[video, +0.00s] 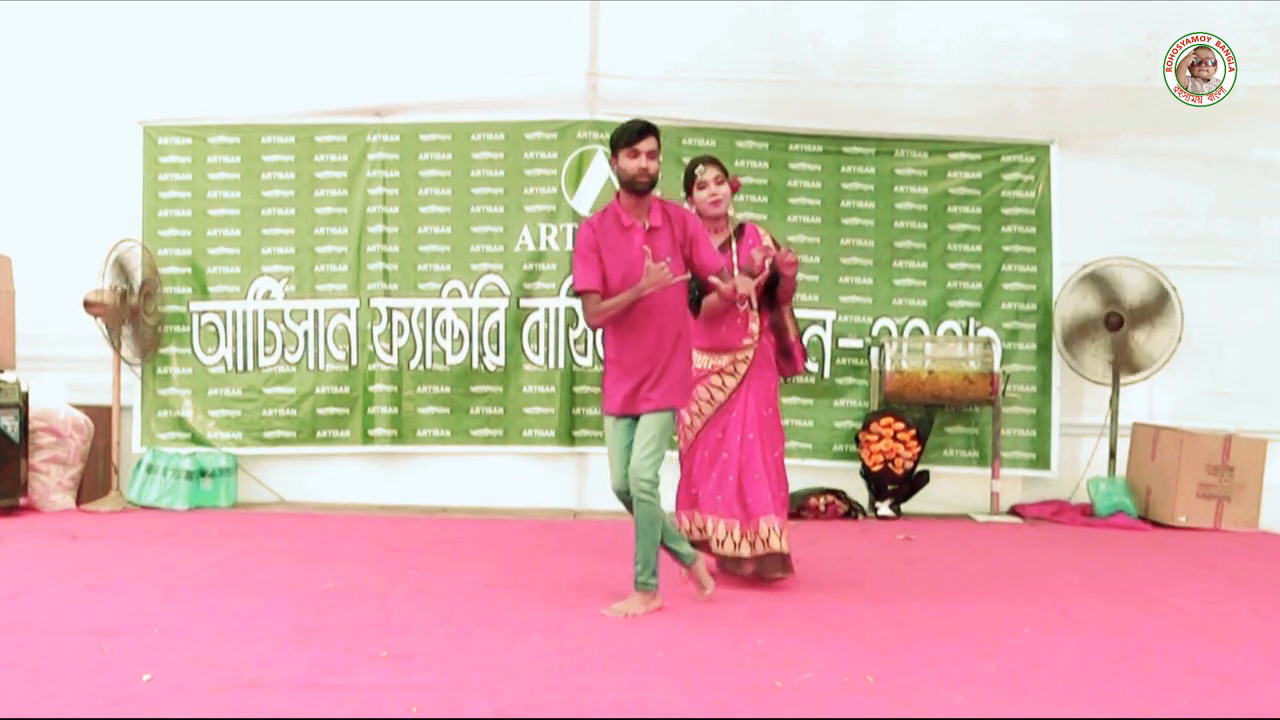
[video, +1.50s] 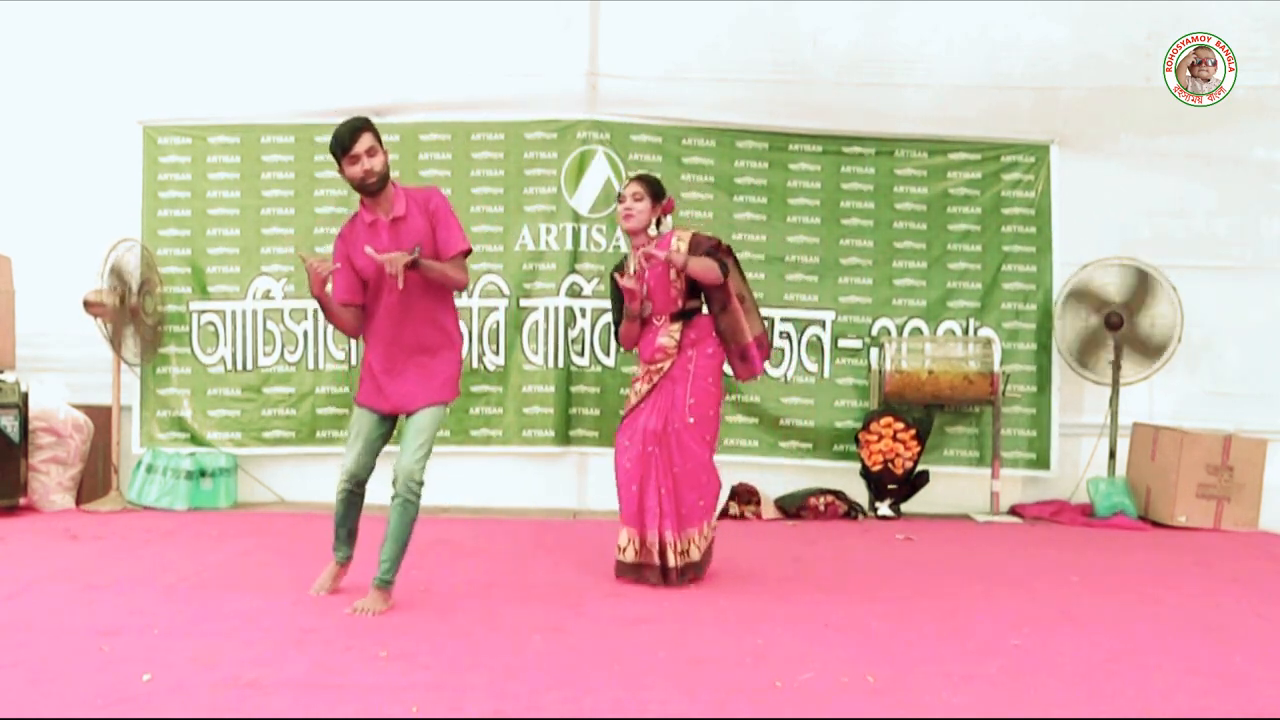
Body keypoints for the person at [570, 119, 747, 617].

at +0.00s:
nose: (645, 163)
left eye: (652, 155)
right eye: (634, 155)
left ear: (660, 162)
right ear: (615, 162)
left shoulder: (679, 219)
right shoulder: (594, 229)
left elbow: (719, 275)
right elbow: (593, 314)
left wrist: (735, 282)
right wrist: (640, 287)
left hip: (669, 368)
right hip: (621, 371)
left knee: (642, 477)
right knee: (622, 484)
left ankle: (646, 591)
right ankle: (690, 557)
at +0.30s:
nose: (541, 139)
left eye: (546, 131)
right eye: (530, 133)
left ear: (554, 137)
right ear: (508, 142)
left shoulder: (576, 195)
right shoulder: (491, 205)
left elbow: (625, 256)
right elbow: (491, 279)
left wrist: (633, 234)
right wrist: (521, 232)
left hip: (564, 346)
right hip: (516, 347)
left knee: (537, 453)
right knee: (520, 463)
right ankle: (548, 559)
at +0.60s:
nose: (455, 156)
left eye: (459, 147)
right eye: (444, 150)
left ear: (468, 154)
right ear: (424, 161)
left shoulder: (497, 215)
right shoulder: (409, 228)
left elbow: (543, 279)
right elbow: (416, 309)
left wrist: (538, 269)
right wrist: (448, 274)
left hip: (478, 367)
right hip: (430, 368)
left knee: (447, 474)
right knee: (413, 475)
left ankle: (443, 580)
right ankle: (462, 531)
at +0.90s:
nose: (387, 146)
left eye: (392, 135)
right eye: (375, 141)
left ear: (403, 136)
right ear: (360, 152)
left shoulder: (440, 189)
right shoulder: (355, 211)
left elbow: (500, 243)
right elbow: (367, 288)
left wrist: (481, 219)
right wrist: (384, 243)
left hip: (430, 345)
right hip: (382, 347)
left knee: (394, 459)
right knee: (382, 463)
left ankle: (367, 573)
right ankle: (404, 555)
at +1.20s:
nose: (348, 158)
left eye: (353, 147)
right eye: (335, 154)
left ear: (366, 148)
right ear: (323, 168)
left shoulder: (407, 195)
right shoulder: (324, 228)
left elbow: (457, 256)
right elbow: (331, 311)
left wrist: (420, 240)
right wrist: (322, 275)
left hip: (408, 357)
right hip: (358, 358)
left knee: (375, 465)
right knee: (333, 461)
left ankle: (351, 571)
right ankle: (337, 564)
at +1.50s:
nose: (367, 165)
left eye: (372, 152)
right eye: (354, 160)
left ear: (386, 152)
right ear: (343, 172)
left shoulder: (429, 202)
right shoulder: (350, 236)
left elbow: (460, 277)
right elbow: (353, 325)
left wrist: (415, 260)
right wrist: (321, 293)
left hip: (435, 362)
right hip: (380, 365)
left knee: (408, 474)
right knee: (352, 473)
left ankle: (382, 587)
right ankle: (340, 559)